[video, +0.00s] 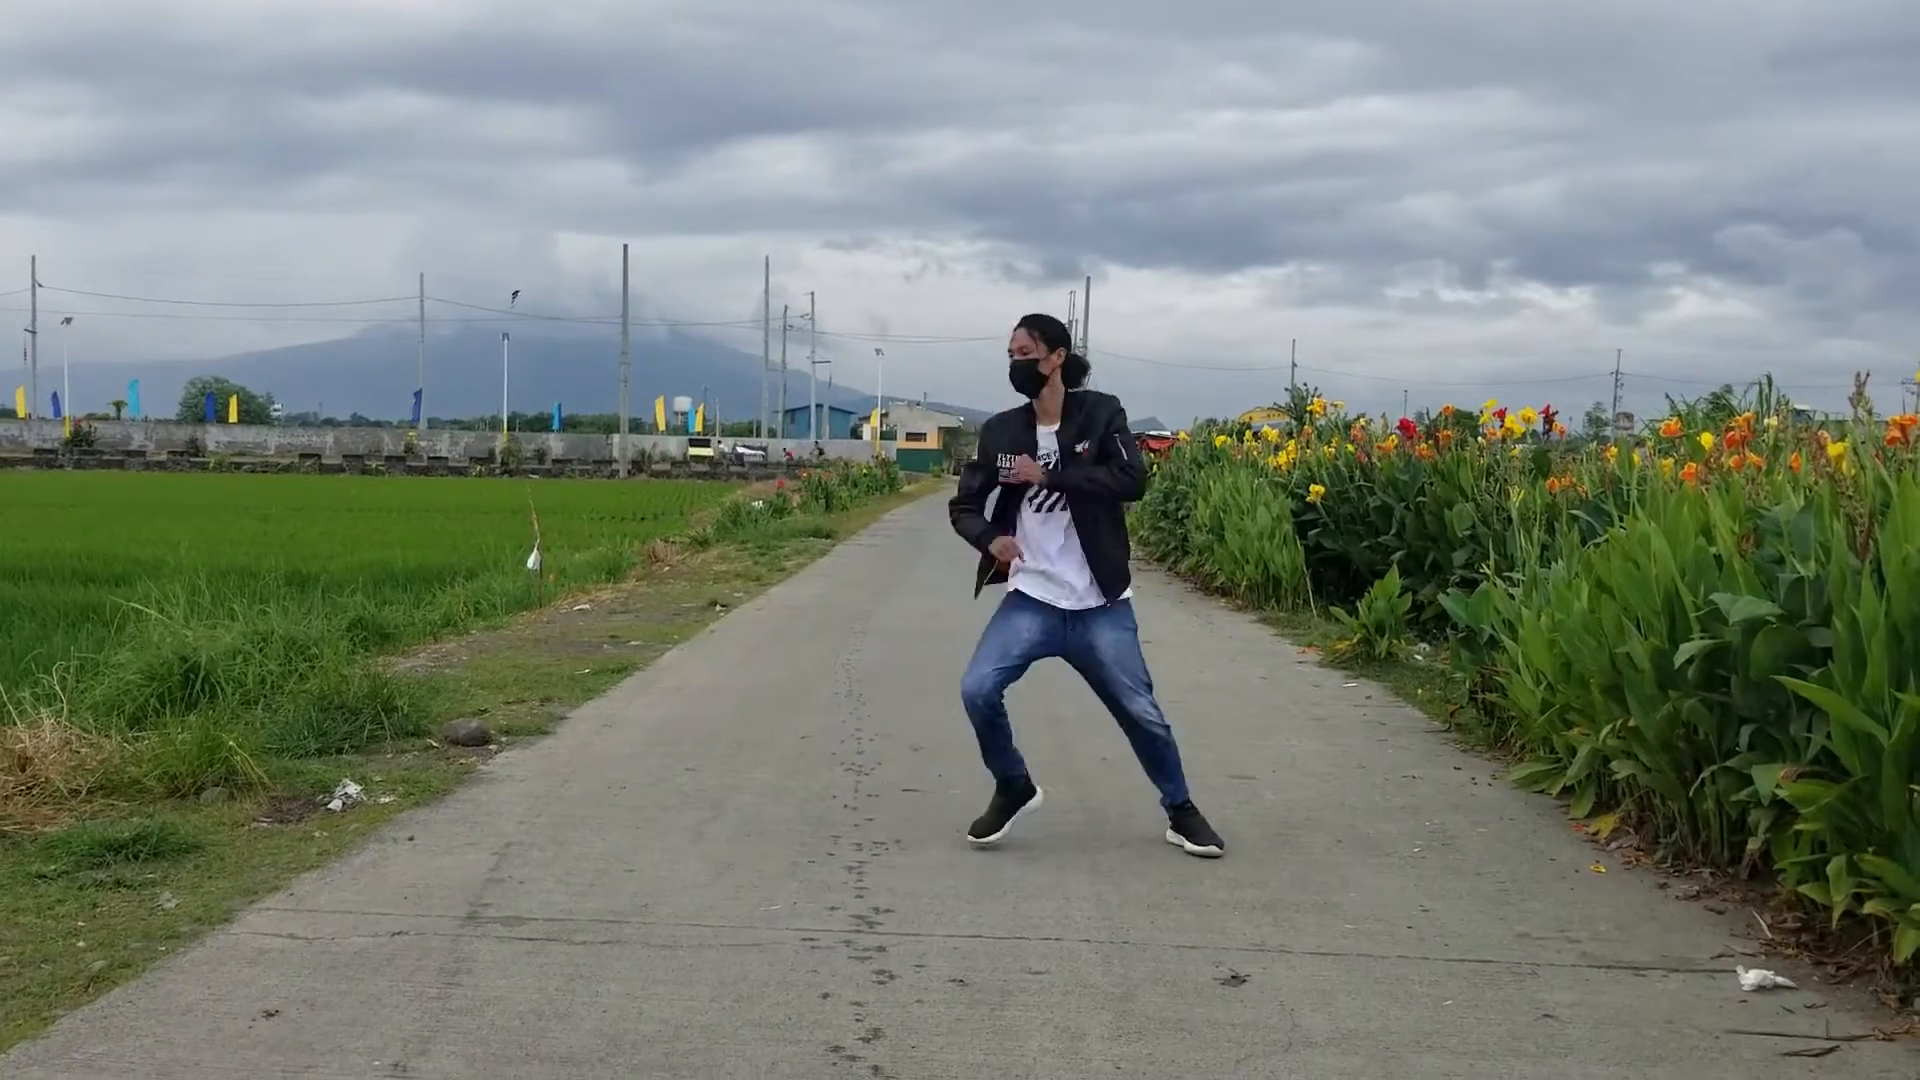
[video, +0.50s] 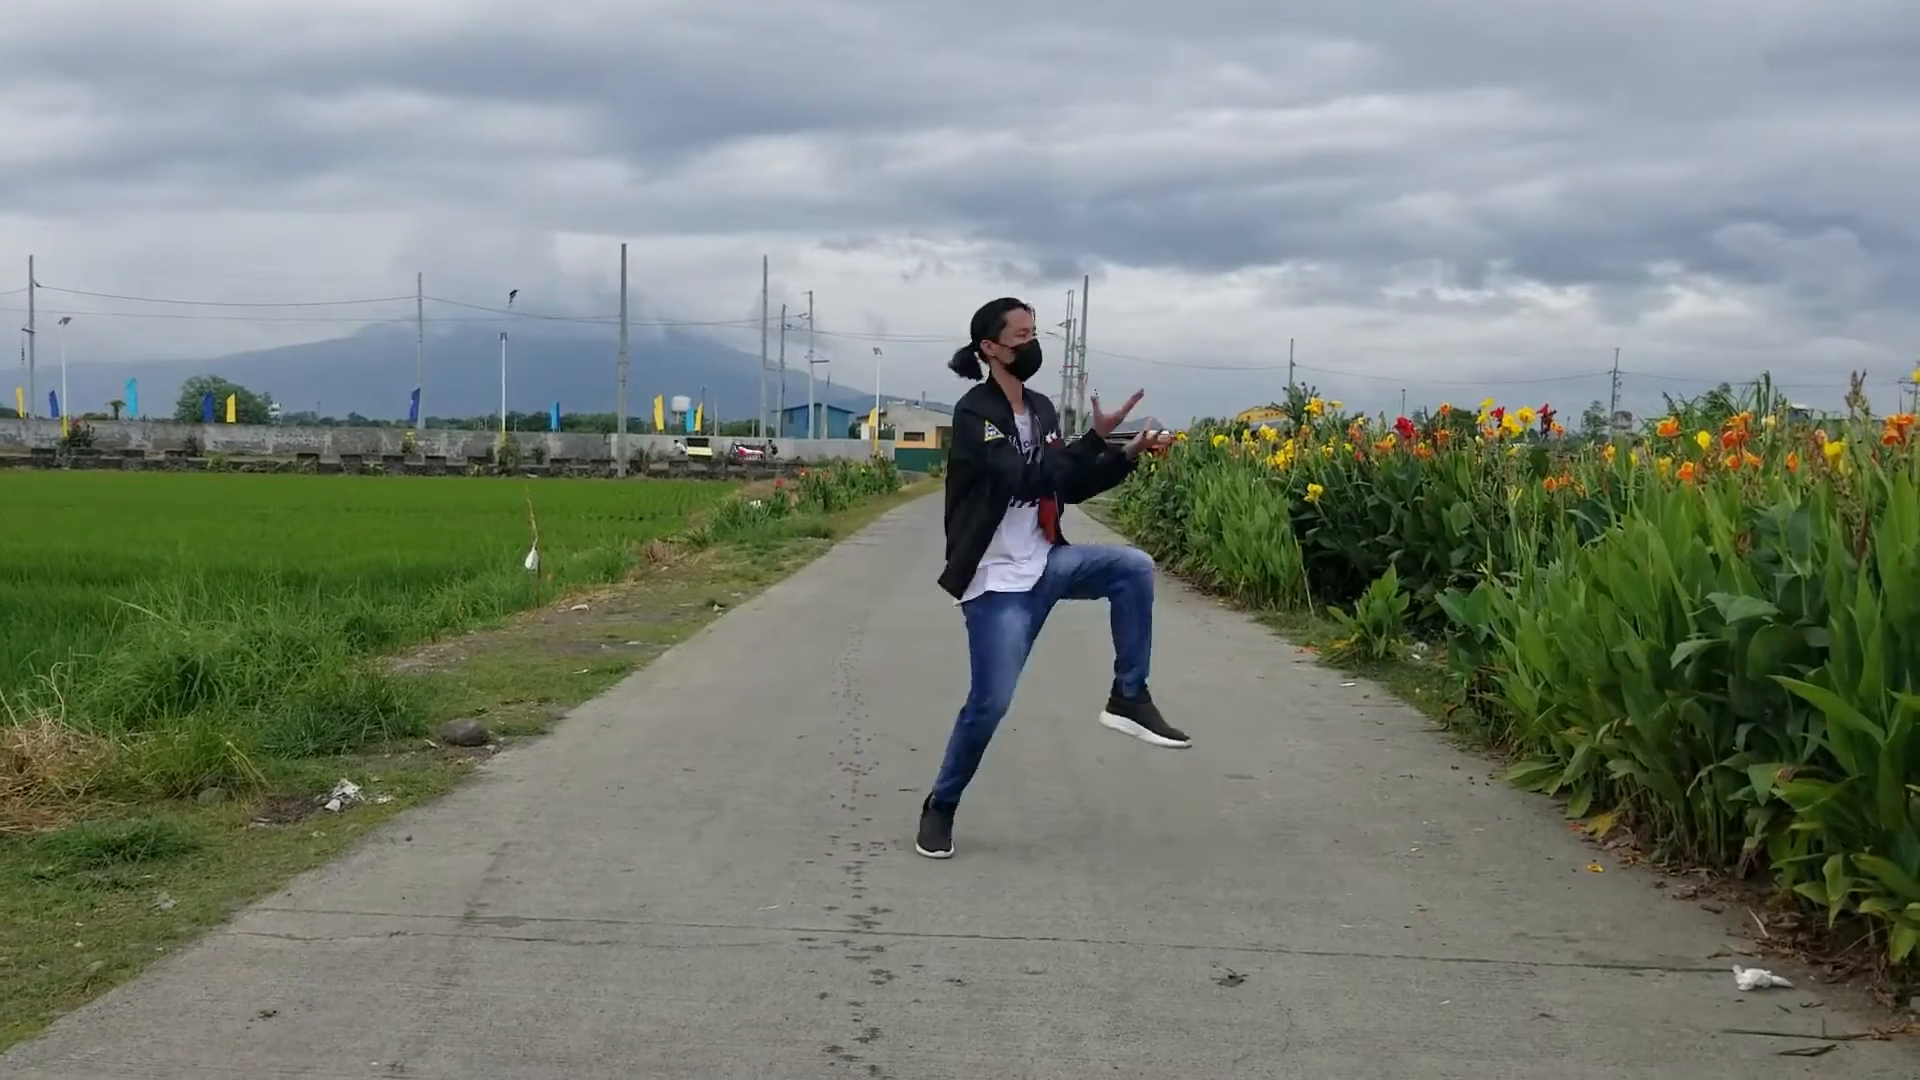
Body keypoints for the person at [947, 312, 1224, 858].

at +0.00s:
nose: (1014, 361)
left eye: (1023, 352)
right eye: (1012, 353)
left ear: (1056, 356)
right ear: (1021, 361)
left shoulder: (1101, 412)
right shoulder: (1001, 430)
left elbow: (1130, 479)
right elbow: (965, 507)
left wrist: (1047, 475)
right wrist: (988, 538)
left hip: (1100, 603)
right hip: (1029, 600)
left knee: (1141, 712)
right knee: (977, 690)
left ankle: (1181, 810)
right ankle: (1013, 787)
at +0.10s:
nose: (999, 365)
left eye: (1008, 355)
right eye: (996, 357)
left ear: (1041, 357)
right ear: (1003, 362)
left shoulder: (1096, 416)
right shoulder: (988, 431)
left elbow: (1159, 474)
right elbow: (921, 468)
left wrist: (1148, 528)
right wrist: (940, 424)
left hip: (1099, 604)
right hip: (1026, 603)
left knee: (1139, 713)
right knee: (967, 692)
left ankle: (1180, 811)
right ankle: (980, 812)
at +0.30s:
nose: (1012, 342)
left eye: (1021, 334)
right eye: (998, 335)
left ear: (1034, 347)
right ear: (981, 352)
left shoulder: (1065, 411)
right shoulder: (961, 414)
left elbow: (1114, 489)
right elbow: (928, 470)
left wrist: (1117, 471)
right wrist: (947, 387)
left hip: (1075, 586)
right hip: (1002, 591)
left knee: (1136, 672)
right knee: (972, 700)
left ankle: (1168, 782)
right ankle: (983, 813)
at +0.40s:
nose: (1029, 337)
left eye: (1030, 328)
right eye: (1016, 330)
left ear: (1033, 339)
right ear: (985, 345)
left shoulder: (1044, 405)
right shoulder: (971, 409)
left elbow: (1066, 486)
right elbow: (1000, 483)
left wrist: (1113, 437)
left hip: (1058, 558)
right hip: (1003, 574)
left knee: (1135, 601)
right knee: (1000, 703)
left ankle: (1146, 728)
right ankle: (949, 801)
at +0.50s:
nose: (1032, 343)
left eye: (1033, 334)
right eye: (1021, 336)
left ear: (1024, 341)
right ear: (989, 346)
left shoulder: (1043, 410)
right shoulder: (974, 414)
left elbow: (1072, 484)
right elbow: (1022, 477)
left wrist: (1127, 456)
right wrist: (1095, 445)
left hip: (1047, 559)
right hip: (996, 578)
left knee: (1133, 568)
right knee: (992, 702)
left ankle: (1129, 696)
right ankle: (941, 806)